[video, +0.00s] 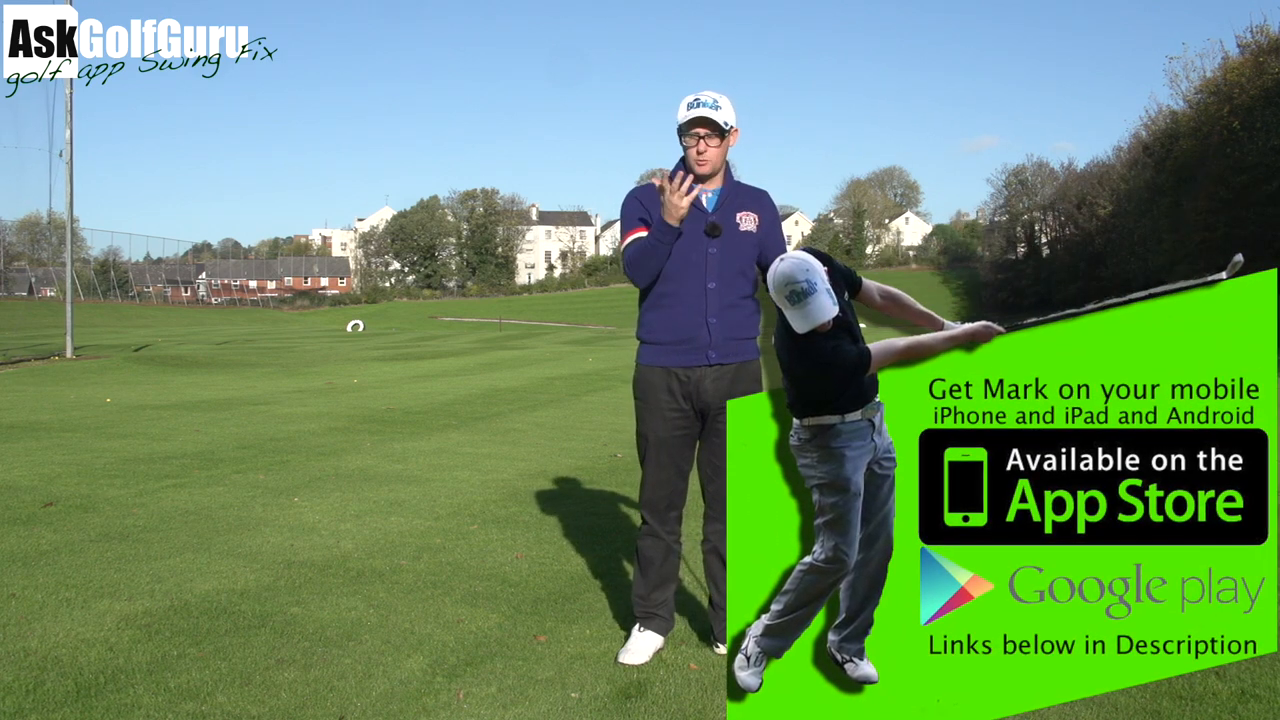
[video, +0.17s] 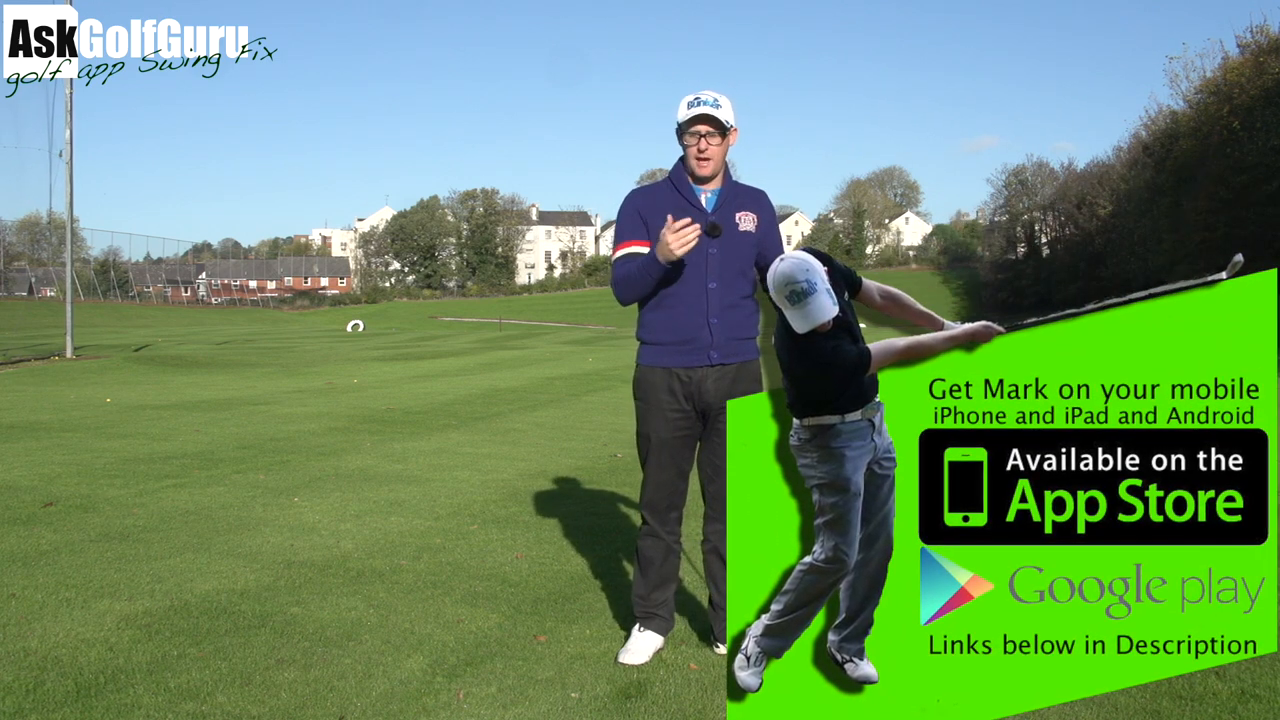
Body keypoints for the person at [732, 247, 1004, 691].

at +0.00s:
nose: (824, 324)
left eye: (826, 311)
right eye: (812, 322)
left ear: (825, 284)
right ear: (787, 309)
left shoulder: (819, 268)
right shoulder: (809, 351)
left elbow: (880, 296)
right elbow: (901, 351)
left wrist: (946, 326)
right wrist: (963, 337)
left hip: (871, 425)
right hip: (829, 440)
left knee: (874, 547)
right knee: (835, 555)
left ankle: (846, 643)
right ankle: (762, 641)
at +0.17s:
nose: (824, 324)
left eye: (826, 311)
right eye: (812, 322)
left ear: (825, 285)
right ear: (787, 310)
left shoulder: (819, 268)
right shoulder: (809, 351)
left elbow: (880, 296)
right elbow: (900, 351)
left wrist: (946, 326)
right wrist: (964, 337)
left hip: (871, 425)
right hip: (829, 439)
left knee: (874, 547)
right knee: (835, 554)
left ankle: (846, 642)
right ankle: (762, 641)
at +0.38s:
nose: (824, 324)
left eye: (825, 311)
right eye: (811, 322)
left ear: (824, 285)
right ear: (786, 311)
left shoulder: (818, 268)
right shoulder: (808, 351)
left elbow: (880, 296)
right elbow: (899, 352)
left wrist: (946, 327)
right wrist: (963, 337)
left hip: (871, 425)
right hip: (828, 439)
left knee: (874, 546)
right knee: (835, 554)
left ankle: (846, 642)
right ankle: (762, 641)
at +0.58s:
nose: (823, 324)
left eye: (825, 311)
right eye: (811, 322)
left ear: (824, 285)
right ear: (786, 310)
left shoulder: (818, 268)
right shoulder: (808, 352)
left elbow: (880, 296)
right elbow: (900, 352)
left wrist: (946, 327)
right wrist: (963, 337)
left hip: (871, 425)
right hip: (829, 439)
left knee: (874, 546)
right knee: (835, 554)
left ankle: (846, 642)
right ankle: (762, 641)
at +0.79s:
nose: (823, 324)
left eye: (825, 311)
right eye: (811, 322)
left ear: (824, 284)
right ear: (786, 309)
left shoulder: (818, 268)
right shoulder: (809, 351)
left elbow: (879, 296)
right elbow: (899, 352)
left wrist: (946, 326)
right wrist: (963, 337)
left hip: (871, 425)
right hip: (829, 439)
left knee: (874, 547)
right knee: (835, 555)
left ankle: (846, 643)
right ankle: (762, 641)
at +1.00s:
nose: (824, 323)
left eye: (825, 310)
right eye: (811, 321)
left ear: (823, 284)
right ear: (786, 309)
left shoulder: (818, 268)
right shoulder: (808, 351)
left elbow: (880, 296)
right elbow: (899, 352)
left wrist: (946, 327)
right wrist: (963, 337)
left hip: (871, 425)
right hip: (829, 439)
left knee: (874, 547)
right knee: (835, 555)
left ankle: (846, 643)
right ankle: (762, 641)